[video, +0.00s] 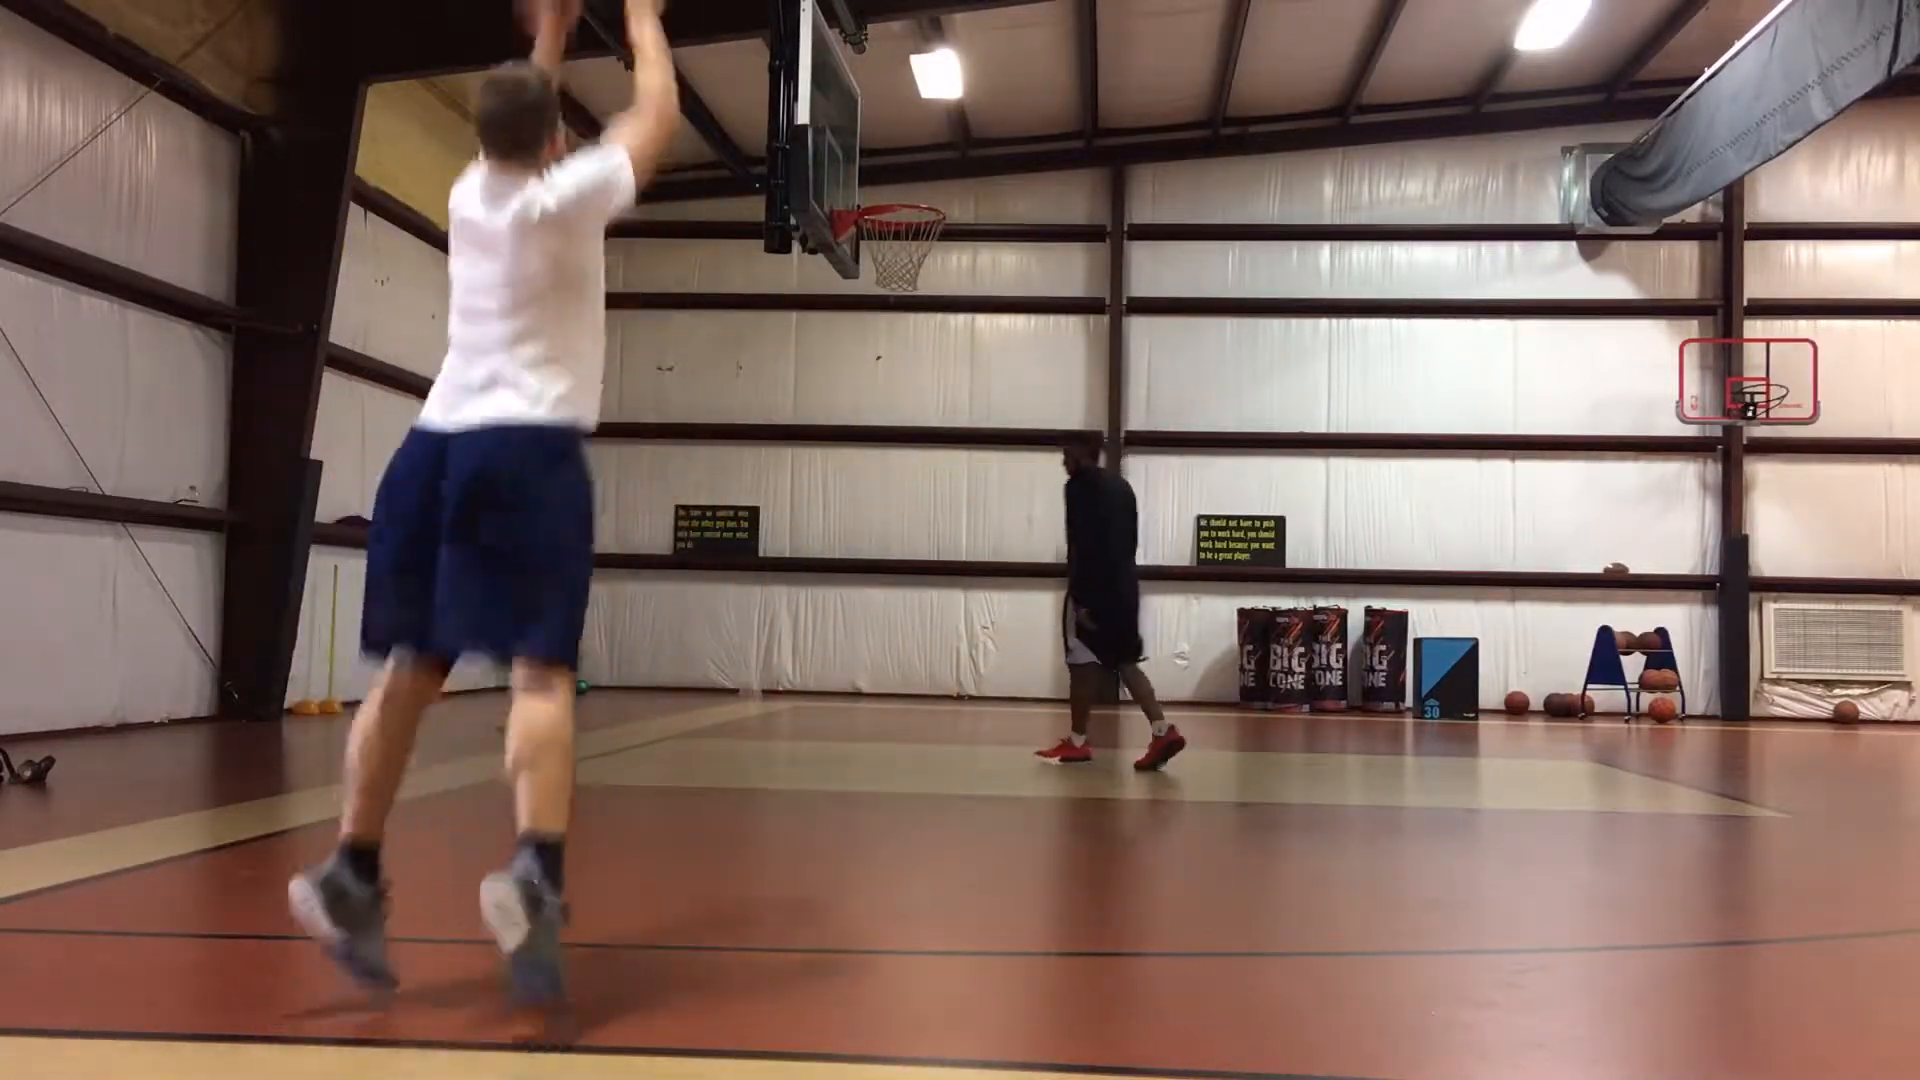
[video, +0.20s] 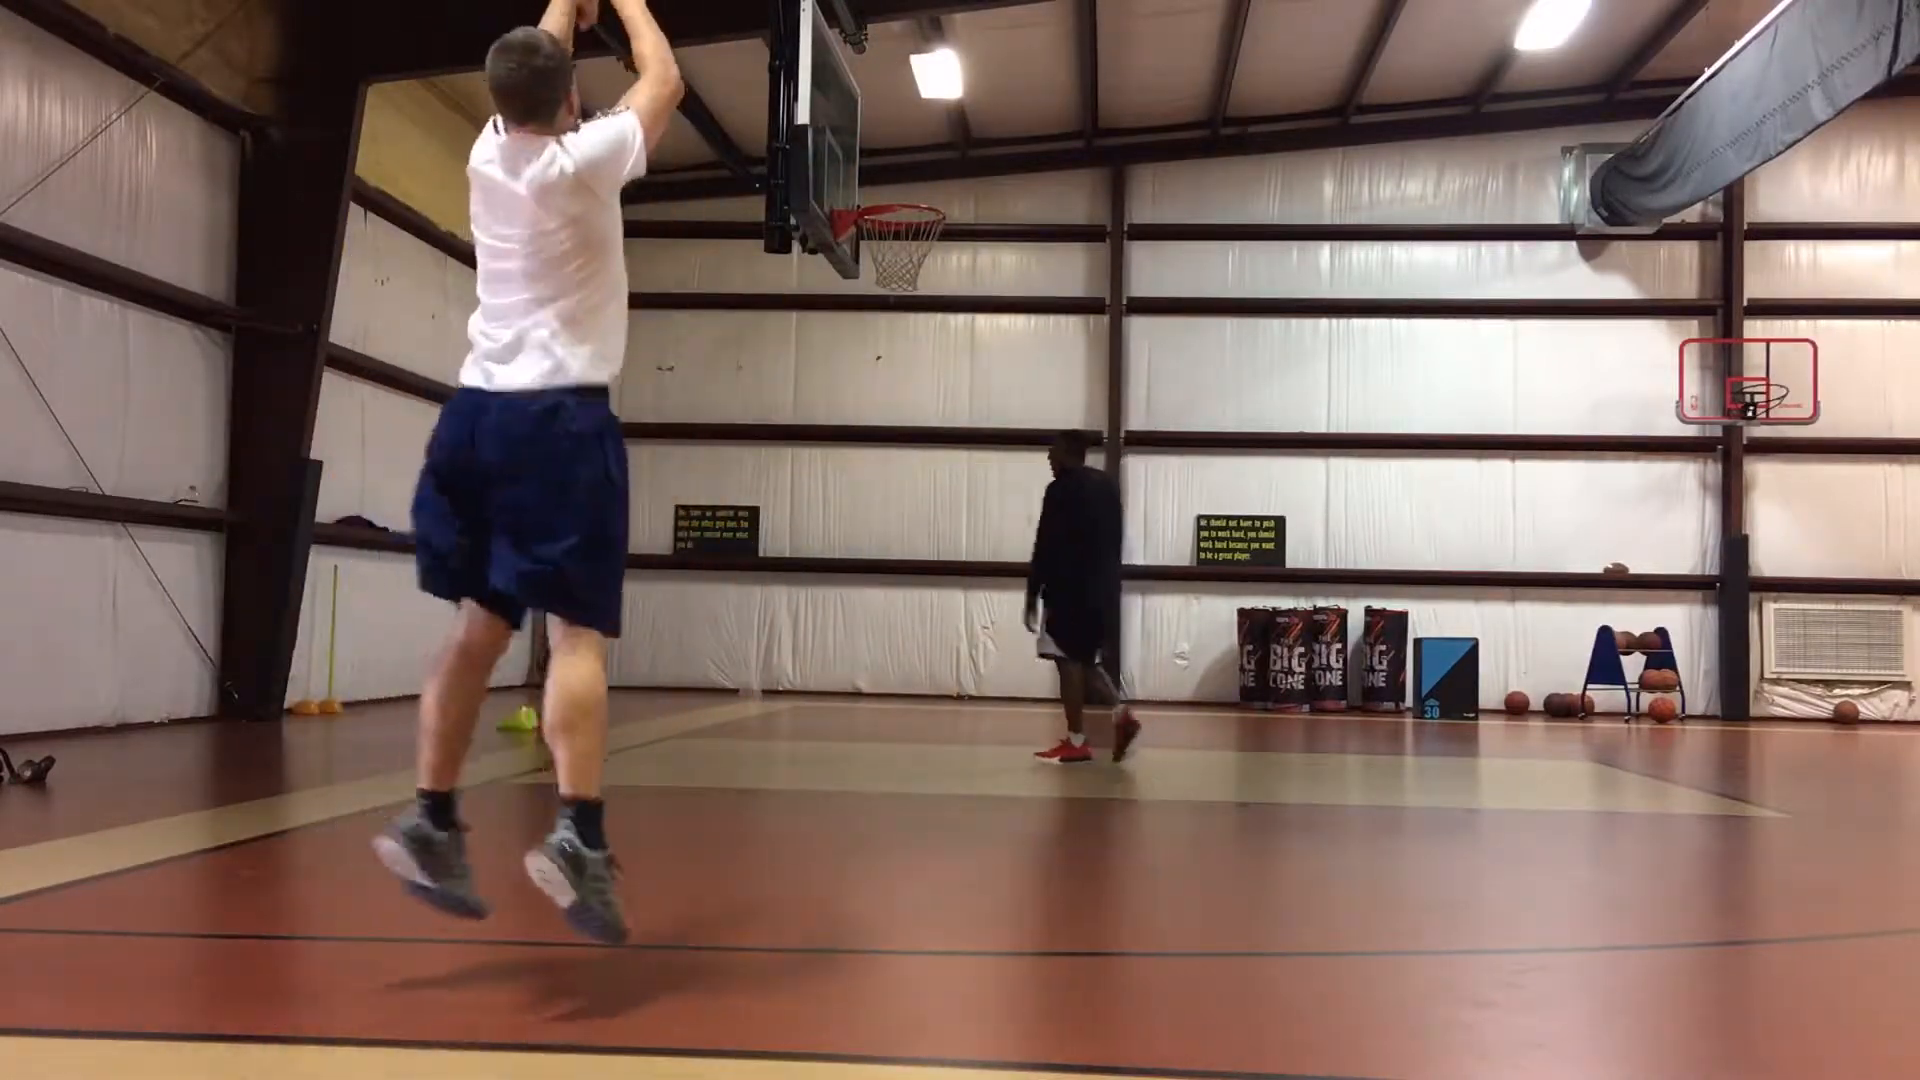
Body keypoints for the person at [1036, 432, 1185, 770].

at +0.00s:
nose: (1065, 460)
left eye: (1068, 453)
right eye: (1065, 453)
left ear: (1084, 452)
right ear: (1096, 452)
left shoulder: (1078, 487)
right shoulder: (1121, 487)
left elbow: (1082, 545)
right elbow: (1129, 544)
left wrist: (1080, 596)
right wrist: (1115, 580)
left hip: (1090, 592)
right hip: (1122, 589)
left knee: (1080, 665)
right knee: (1125, 662)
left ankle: (1077, 740)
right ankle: (1163, 731)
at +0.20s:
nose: (1049, 457)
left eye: (1053, 452)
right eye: (1050, 451)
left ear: (1067, 454)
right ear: (1081, 453)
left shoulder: (1059, 489)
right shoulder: (1105, 485)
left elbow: (1045, 547)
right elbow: (1113, 543)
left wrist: (1032, 595)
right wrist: (1106, 584)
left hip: (1068, 590)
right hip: (1101, 589)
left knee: (1068, 662)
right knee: (1084, 661)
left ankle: (1075, 740)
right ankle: (1120, 713)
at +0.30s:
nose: (1044, 456)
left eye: (1048, 450)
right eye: (1045, 450)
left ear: (1063, 453)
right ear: (1076, 453)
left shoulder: (1053, 488)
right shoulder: (1102, 486)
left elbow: (1033, 545)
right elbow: (1109, 543)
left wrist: (1012, 589)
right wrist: (1102, 580)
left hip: (1064, 588)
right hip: (1099, 587)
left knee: (1061, 656)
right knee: (1070, 658)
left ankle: (1087, 727)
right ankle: (1079, 734)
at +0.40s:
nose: (1041, 452)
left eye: (1047, 447)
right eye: (1043, 446)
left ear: (1063, 452)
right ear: (1072, 453)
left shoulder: (1048, 489)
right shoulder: (1089, 486)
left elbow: (1026, 539)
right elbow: (1097, 541)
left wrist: (999, 578)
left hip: (1057, 589)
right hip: (1082, 587)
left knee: (1051, 657)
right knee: (1059, 658)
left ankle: (1075, 739)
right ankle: (1067, 736)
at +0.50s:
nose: (1037, 448)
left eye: (1044, 444)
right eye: (1041, 443)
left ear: (1059, 454)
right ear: (1063, 455)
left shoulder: (1047, 489)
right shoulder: (1073, 487)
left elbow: (1025, 537)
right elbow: (1068, 543)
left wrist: (992, 571)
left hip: (1053, 588)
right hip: (1060, 586)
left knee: (1059, 660)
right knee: (1037, 658)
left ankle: (1075, 740)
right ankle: (1037, 733)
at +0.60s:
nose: (1033, 448)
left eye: (1041, 444)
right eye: (1036, 443)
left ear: (1059, 455)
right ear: (1054, 455)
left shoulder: (1049, 491)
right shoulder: (1050, 489)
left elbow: (1025, 545)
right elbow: (1029, 544)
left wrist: (990, 573)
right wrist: (995, 573)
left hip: (1046, 591)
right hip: (1037, 590)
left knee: (1055, 661)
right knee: (1024, 662)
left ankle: (1075, 739)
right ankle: (1020, 736)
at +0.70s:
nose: (1027, 447)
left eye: (1037, 443)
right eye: (1030, 442)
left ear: (1050, 456)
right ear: (1040, 455)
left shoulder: (1044, 492)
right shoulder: (1036, 491)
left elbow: (1028, 556)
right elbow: (1023, 555)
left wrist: (993, 589)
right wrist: (994, 588)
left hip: (1039, 590)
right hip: (1024, 589)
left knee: (1049, 660)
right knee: (1010, 658)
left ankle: (1074, 738)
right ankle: (1017, 736)